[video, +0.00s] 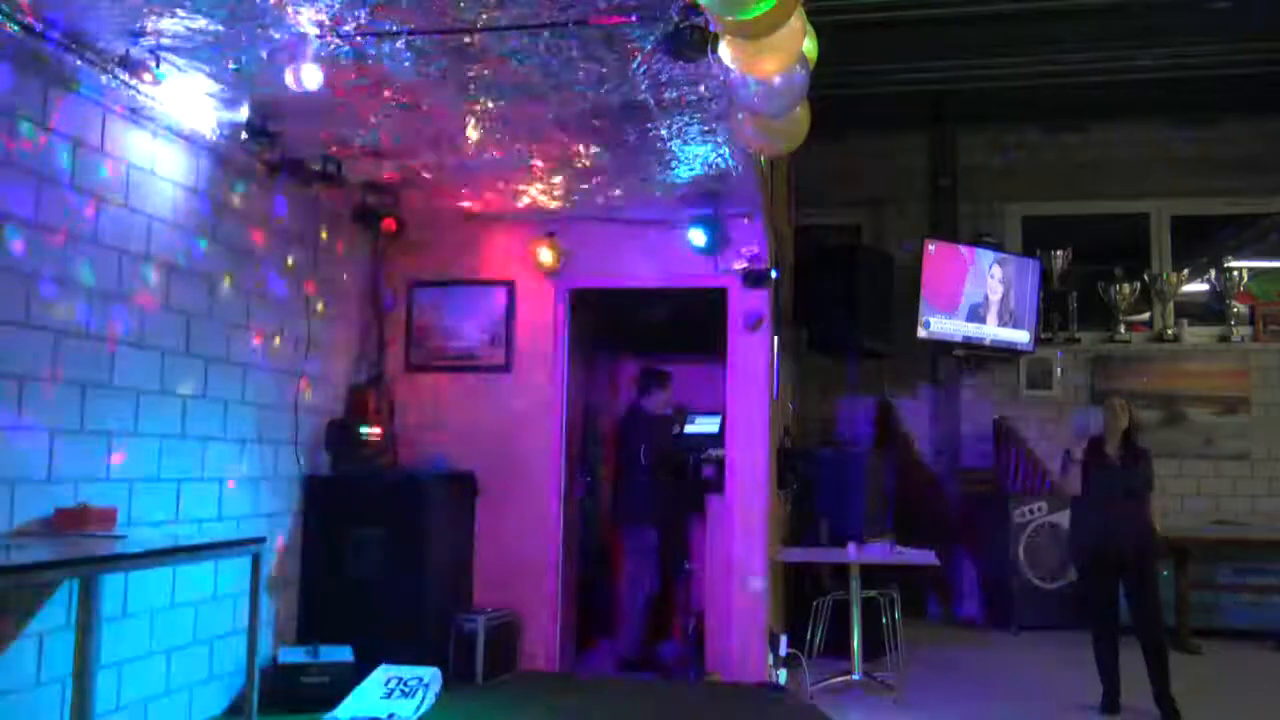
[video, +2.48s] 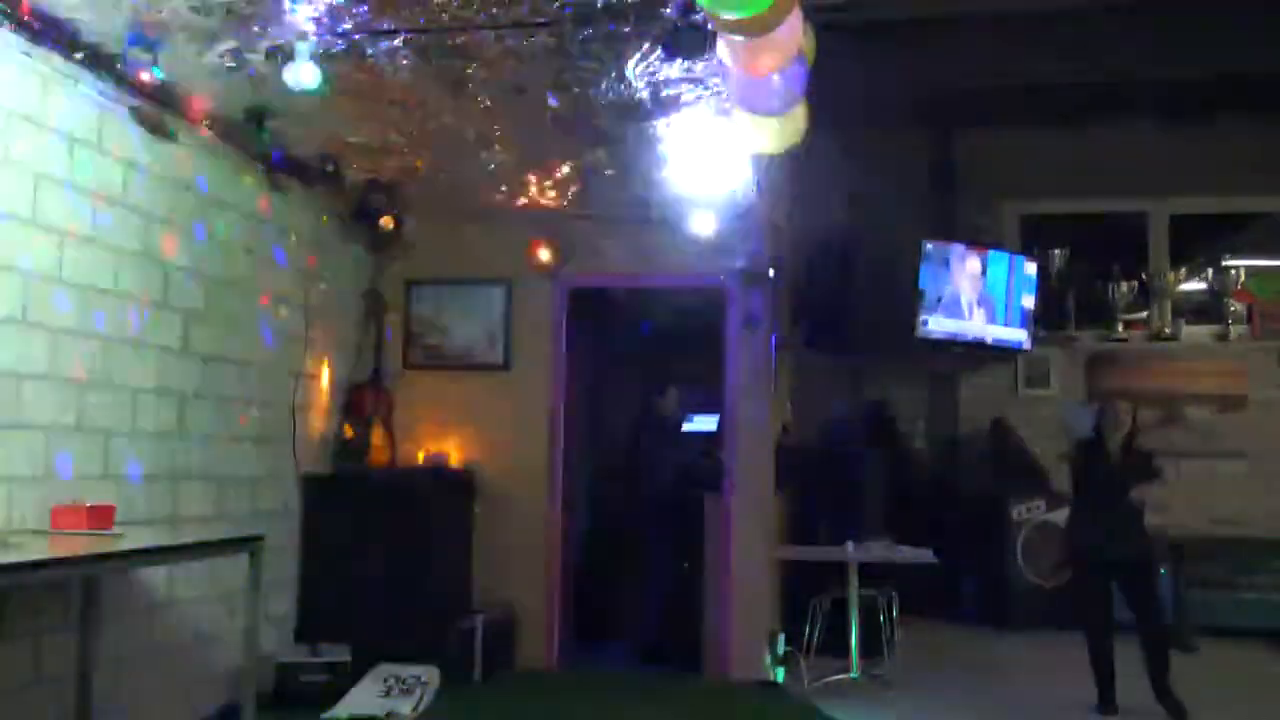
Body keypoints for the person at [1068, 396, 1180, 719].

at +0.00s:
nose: (1115, 417)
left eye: (1121, 412)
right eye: (1110, 411)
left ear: (1129, 419)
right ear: (1102, 418)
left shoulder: (1139, 455)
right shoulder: (1089, 452)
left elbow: (1148, 501)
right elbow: (1075, 494)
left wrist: (1156, 541)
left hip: (1136, 550)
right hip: (1097, 552)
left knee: (1150, 627)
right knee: (1104, 626)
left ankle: (1164, 699)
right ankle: (1110, 695)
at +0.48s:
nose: (1120, 426)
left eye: (1125, 420)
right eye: (1115, 420)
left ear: (1133, 425)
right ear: (1106, 424)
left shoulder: (1150, 461)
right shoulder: (1093, 457)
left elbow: (1159, 506)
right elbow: (1078, 495)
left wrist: (1158, 543)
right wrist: (1080, 461)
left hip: (1140, 552)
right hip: (1099, 552)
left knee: (1160, 625)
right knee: (1103, 626)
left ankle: (1185, 698)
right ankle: (1109, 695)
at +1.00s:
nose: (1145, 419)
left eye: (1152, 413)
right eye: (1141, 413)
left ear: (1167, 418)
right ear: (1136, 419)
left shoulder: (1190, 455)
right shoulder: (1132, 450)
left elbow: (1204, 503)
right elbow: (1133, 494)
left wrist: (1203, 533)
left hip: (1184, 550)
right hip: (1139, 549)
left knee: (1193, 629)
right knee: (1130, 624)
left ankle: (1198, 703)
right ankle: (1113, 696)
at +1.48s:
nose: (1164, 421)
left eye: (1169, 415)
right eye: (1158, 415)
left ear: (1177, 421)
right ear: (1149, 420)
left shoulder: (1194, 452)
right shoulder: (1139, 455)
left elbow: (1226, 464)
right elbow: (1140, 503)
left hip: (1200, 551)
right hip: (1157, 551)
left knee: (1202, 629)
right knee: (1140, 622)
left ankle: (1198, 702)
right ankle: (1117, 693)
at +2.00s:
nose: (1133, 415)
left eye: (1139, 409)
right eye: (1128, 409)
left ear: (1149, 415)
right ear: (1117, 414)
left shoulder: (1165, 454)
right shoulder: (1101, 453)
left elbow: (1190, 486)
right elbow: (1098, 493)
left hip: (1160, 548)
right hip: (1116, 549)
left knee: (1176, 626)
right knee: (1112, 624)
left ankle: (1192, 703)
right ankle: (1107, 697)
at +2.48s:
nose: (1116, 422)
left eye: (1119, 417)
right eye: (1109, 417)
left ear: (1125, 423)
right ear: (1098, 423)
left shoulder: (1131, 453)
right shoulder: (1085, 453)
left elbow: (1150, 475)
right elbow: (1093, 496)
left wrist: (1128, 450)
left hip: (1131, 547)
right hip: (1093, 549)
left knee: (1151, 619)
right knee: (1098, 625)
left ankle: (1163, 689)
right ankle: (1106, 697)